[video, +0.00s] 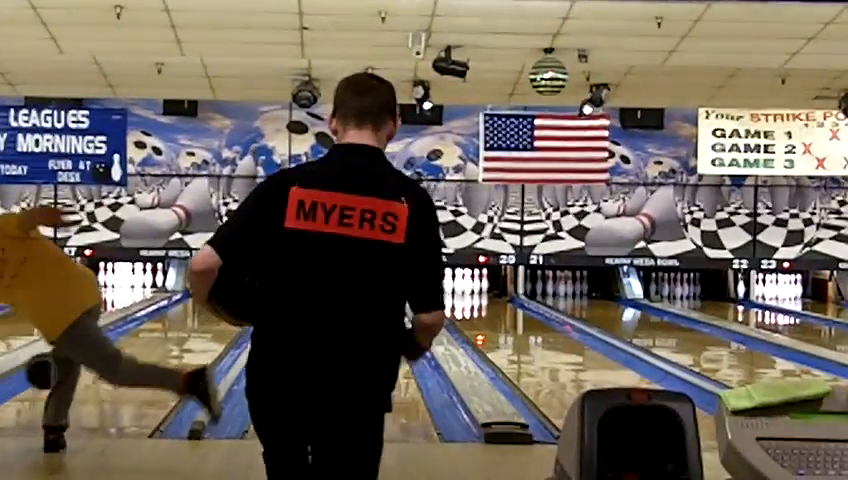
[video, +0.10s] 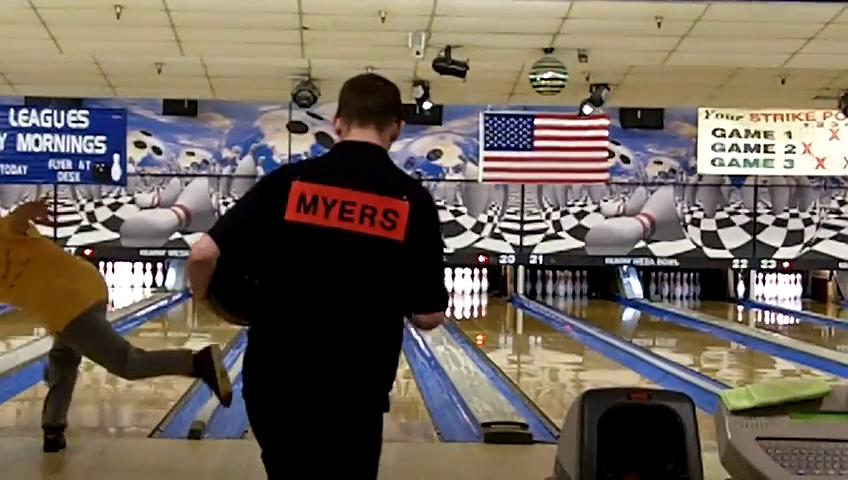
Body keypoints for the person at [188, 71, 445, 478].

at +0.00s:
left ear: (333, 123)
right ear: (394, 126)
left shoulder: (285, 184)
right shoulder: (412, 201)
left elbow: (202, 267)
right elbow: (431, 316)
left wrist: (223, 310)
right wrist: (417, 345)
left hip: (278, 383)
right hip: (359, 389)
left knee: (285, 477)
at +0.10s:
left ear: (337, 123)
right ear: (396, 129)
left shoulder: (288, 178)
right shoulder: (414, 200)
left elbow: (202, 252)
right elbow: (428, 316)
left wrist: (204, 300)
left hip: (276, 385)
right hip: (356, 392)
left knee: (286, 478)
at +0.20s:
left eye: (338, 120)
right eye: (402, 130)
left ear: (341, 122)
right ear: (400, 130)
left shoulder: (290, 175)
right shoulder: (416, 199)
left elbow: (202, 245)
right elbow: (430, 316)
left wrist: (204, 296)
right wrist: (401, 263)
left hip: (275, 384)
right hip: (356, 391)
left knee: (285, 478)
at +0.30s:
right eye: (404, 132)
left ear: (342, 122)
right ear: (402, 131)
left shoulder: (290, 175)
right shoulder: (419, 201)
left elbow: (202, 242)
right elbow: (434, 319)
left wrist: (204, 297)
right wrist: (404, 271)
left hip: (274, 384)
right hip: (357, 392)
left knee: (287, 478)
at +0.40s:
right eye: (402, 129)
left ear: (341, 121)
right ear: (401, 130)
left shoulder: (289, 176)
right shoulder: (419, 202)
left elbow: (201, 241)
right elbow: (436, 319)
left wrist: (203, 298)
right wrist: (408, 268)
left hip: (273, 381)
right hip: (356, 391)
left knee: (287, 477)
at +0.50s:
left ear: (338, 121)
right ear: (398, 129)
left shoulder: (288, 177)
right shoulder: (416, 202)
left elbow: (199, 243)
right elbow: (436, 317)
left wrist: (204, 302)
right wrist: (407, 266)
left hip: (271, 381)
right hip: (355, 391)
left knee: (286, 475)